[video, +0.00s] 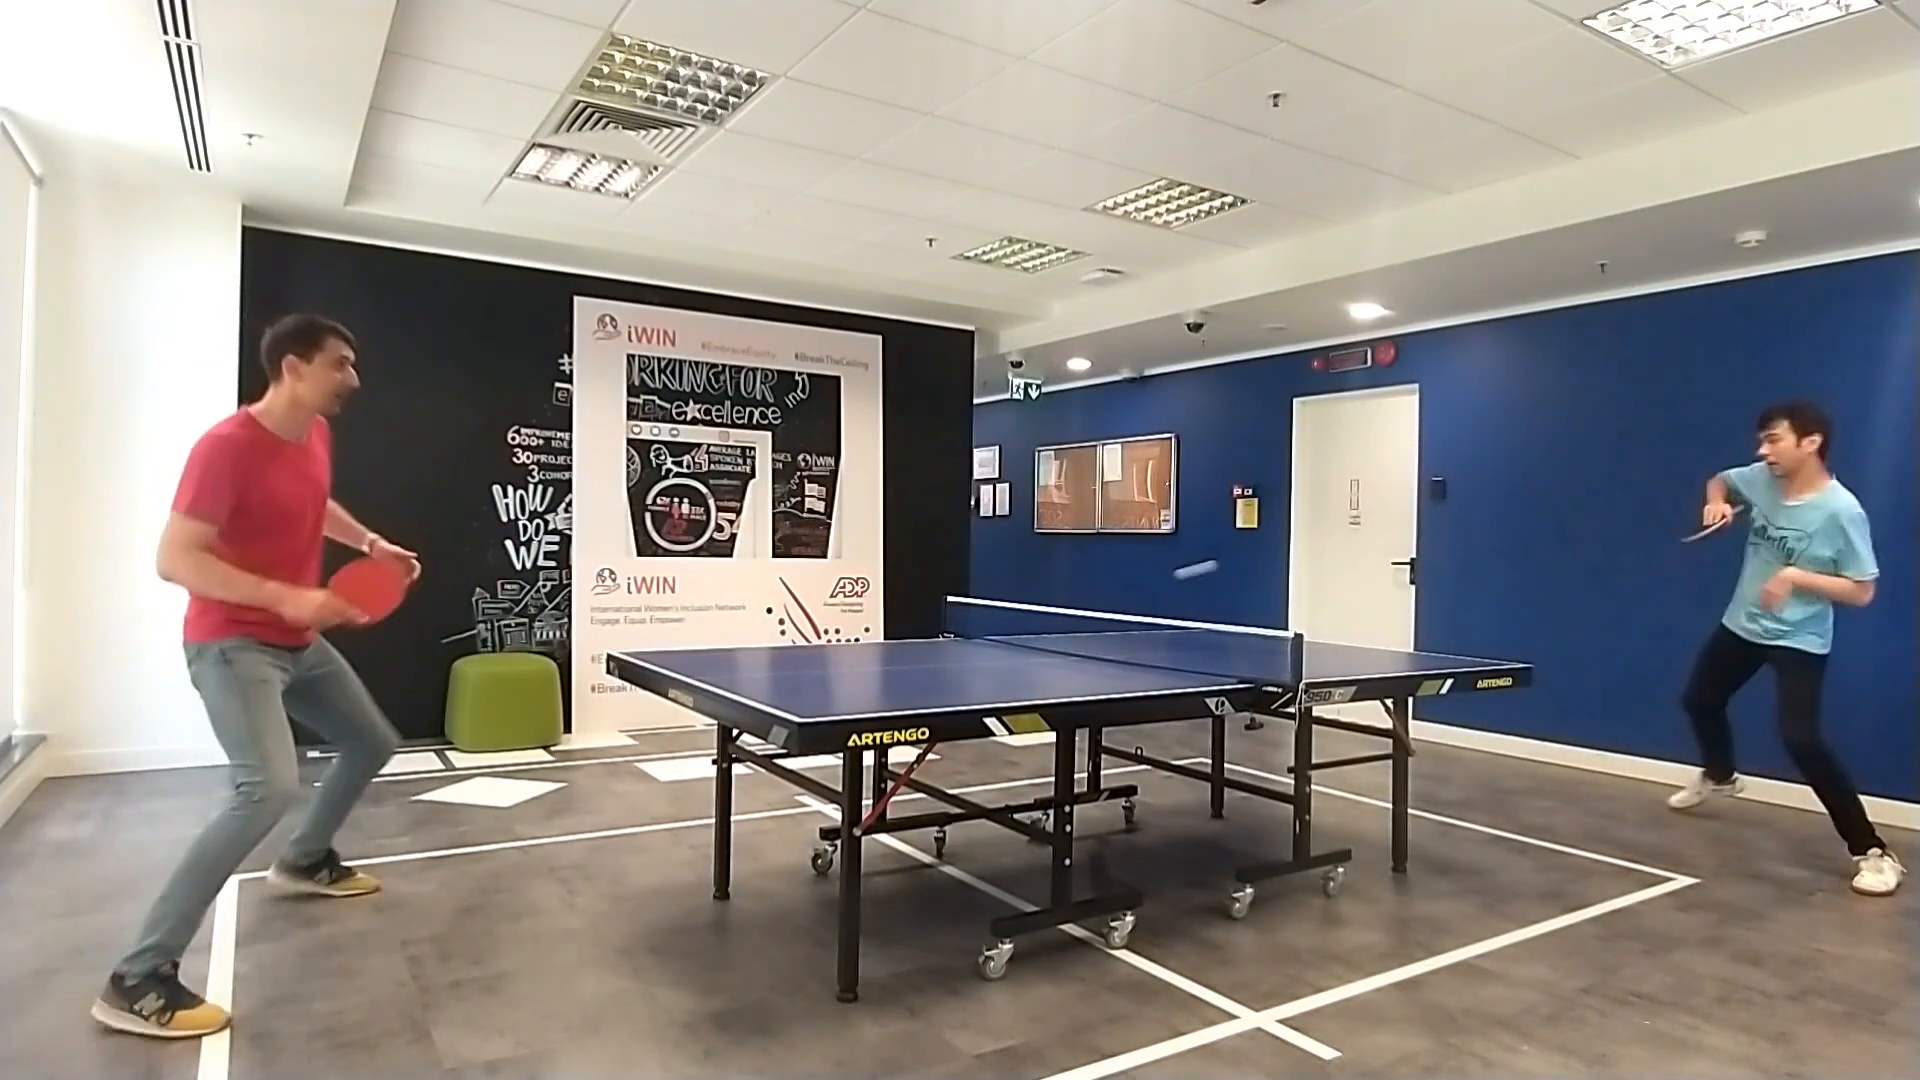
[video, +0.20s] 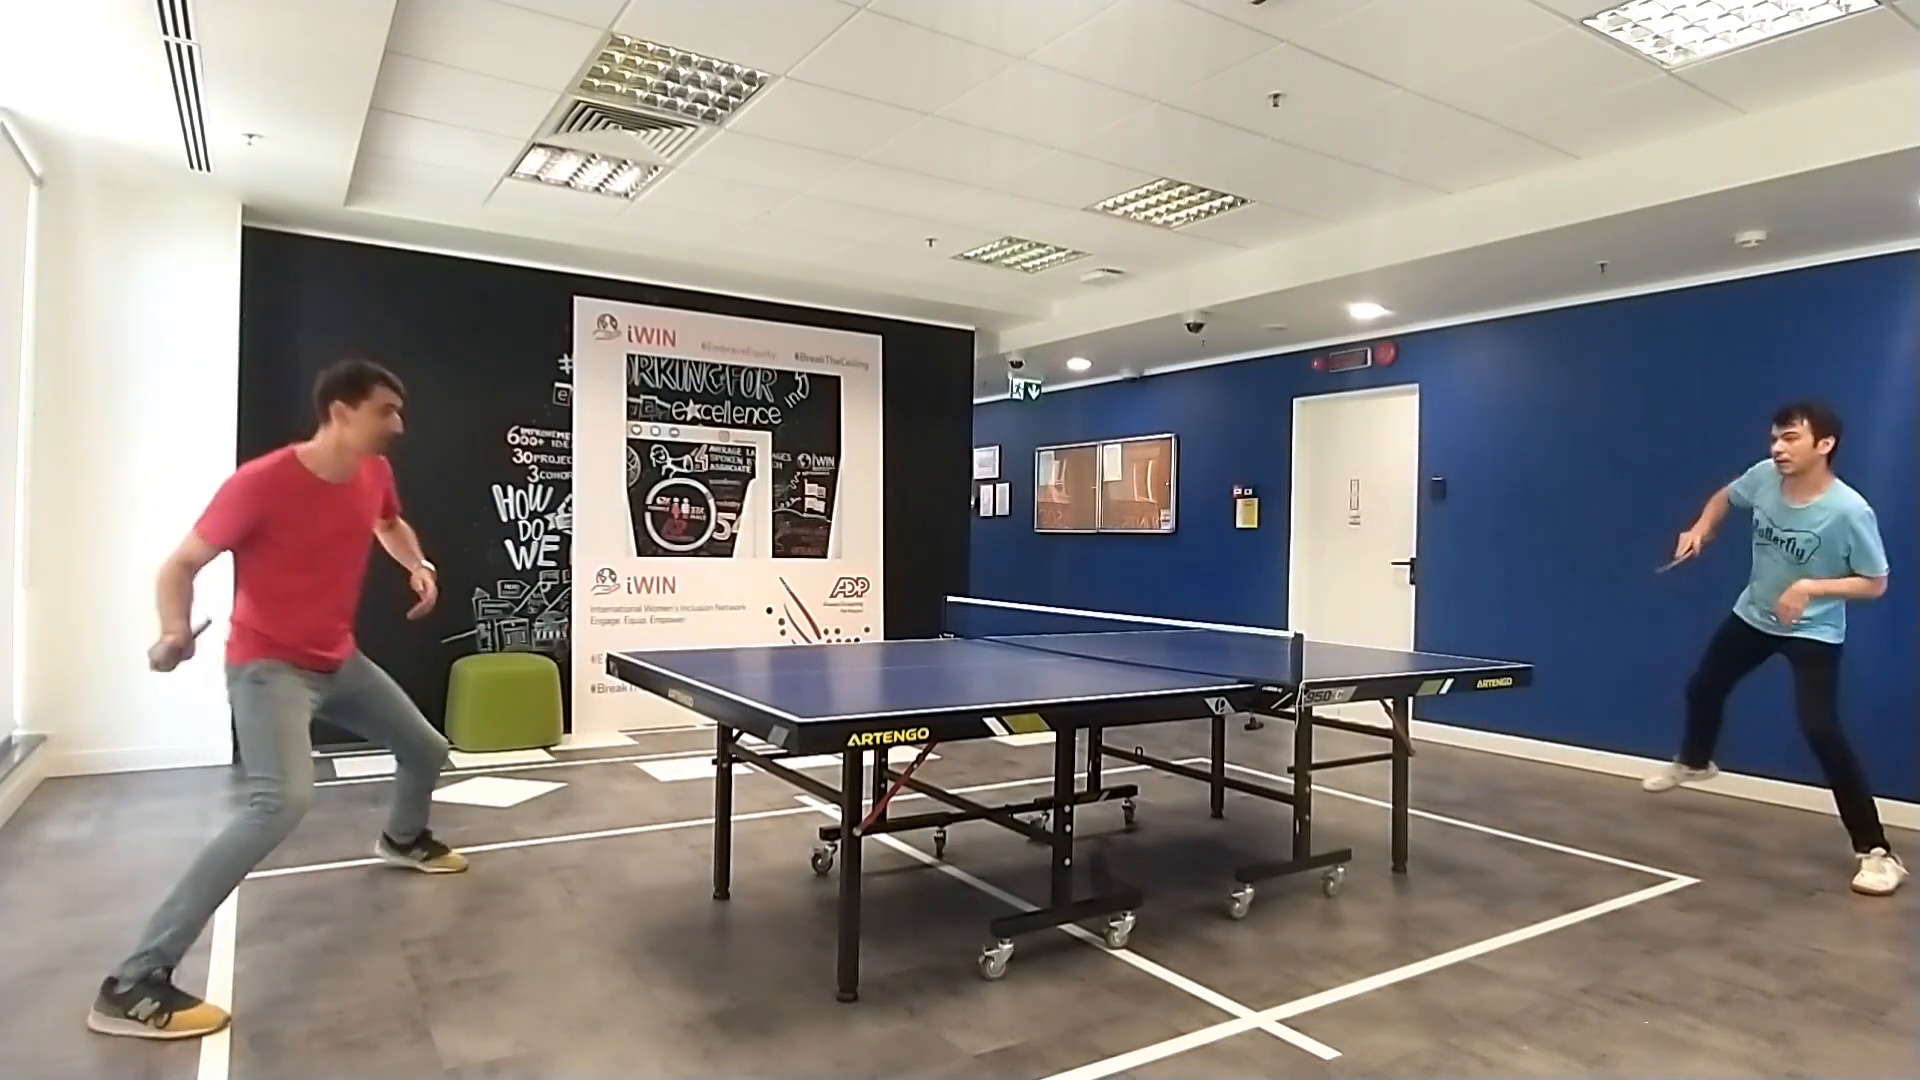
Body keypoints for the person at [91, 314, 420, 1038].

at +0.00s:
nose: (353, 379)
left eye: (353, 367)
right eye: (342, 365)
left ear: (309, 373)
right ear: (293, 368)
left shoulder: (315, 437)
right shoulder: (227, 446)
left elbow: (308, 506)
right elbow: (175, 558)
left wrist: (369, 543)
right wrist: (287, 596)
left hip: (298, 642)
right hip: (231, 645)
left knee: (371, 742)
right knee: (268, 790)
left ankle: (304, 858)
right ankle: (140, 975)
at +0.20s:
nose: (397, 423)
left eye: (399, 413)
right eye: (388, 411)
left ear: (364, 418)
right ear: (340, 411)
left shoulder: (373, 473)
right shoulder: (265, 481)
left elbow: (389, 524)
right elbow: (179, 565)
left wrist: (418, 565)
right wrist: (175, 628)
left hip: (337, 661)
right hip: (267, 665)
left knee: (426, 750)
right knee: (279, 802)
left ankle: (405, 836)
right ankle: (136, 981)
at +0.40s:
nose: (422, 416)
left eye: (427, 406)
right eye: (414, 402)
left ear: (417, 410)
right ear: (372, 397)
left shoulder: (415, 455)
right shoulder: (306, 470)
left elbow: (415, 521)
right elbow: (270, 563)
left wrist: (427, 560)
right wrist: (311, 585)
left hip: (389, 644)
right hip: (318, 644)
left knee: (455, 743)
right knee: (288, 775)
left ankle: (403, 839)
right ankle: (186, 952)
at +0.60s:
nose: (441, 380)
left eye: (444, 370)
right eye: (433, 367)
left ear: (421, 374)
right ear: (390, 364)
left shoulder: (421, 432)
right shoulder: (324, 432)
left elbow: (406, 502)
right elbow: (273, 522)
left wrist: (430, 542)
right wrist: (325, 508)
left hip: (391, 617)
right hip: (325, 613)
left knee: (443, 728)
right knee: (311, 747)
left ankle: (402, 838)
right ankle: (227, 922)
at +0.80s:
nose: (432, 408)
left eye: (433, 398)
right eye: (424, 396)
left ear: (394, 400)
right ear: (381, 397)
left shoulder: (401, 465)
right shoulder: (310, 463)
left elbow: (387, 538)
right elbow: (246, 554)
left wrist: (434, 579)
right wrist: (316, 537)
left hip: (369, 638)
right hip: (303, 634)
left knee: (448, 737)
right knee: (323, 753)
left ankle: (402, 840)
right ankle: (174, 911)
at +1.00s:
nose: (372, 385)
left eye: (372, 374)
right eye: (361, 371)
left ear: (325, 380)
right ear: (315, 374)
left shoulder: (313, 446)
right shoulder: (247, 440)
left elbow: (294, 533)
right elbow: (183, 540)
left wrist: (356, 568)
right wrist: (297, 535)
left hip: (281, 639)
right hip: (220, 650)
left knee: (355, 732)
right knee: (252, 807)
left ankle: (387, 841)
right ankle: (99, 963)